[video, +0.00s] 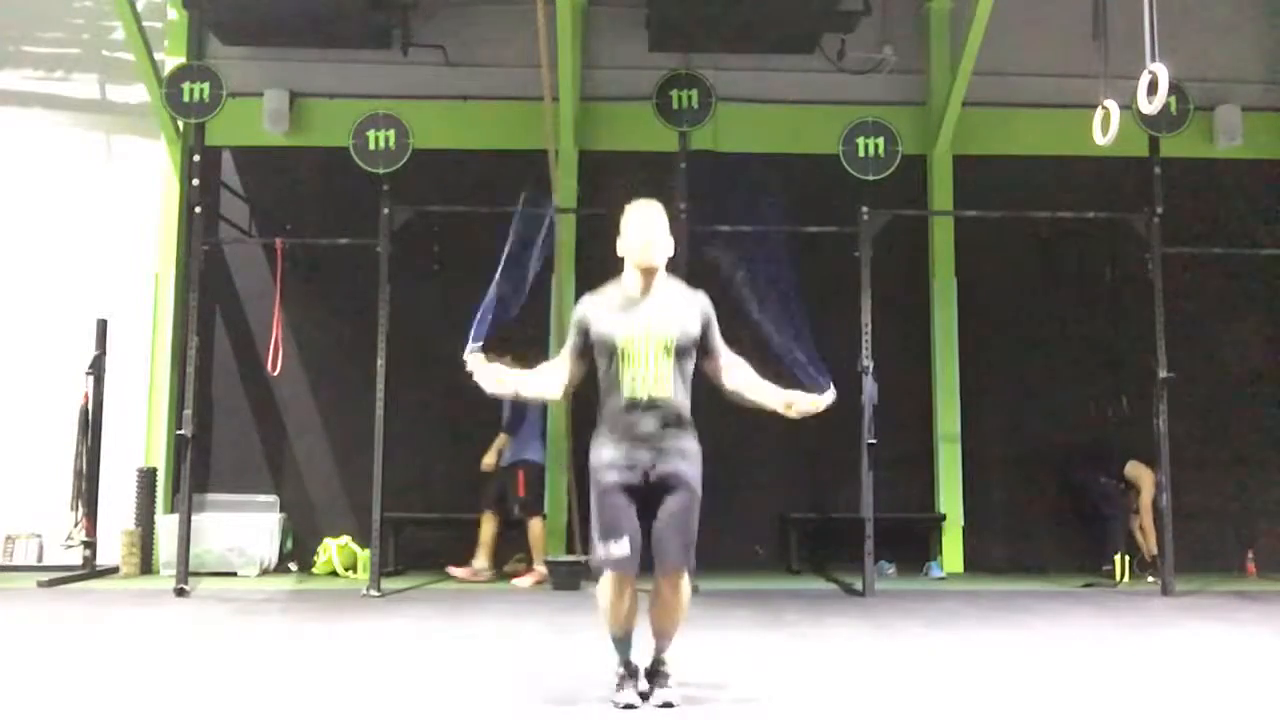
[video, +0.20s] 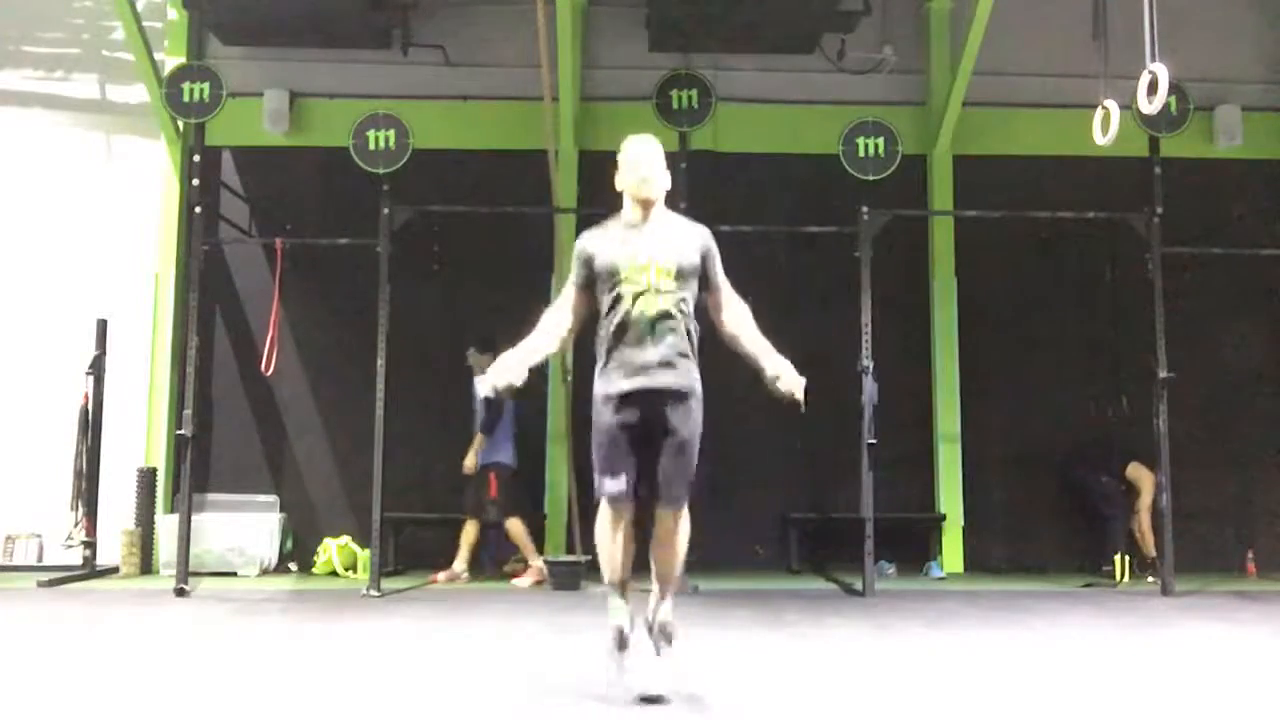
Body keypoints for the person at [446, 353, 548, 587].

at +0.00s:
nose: (493, 367)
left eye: (495, 361)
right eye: (491, 361)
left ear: (508, 359)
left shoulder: (518, 382)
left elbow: (514, 420)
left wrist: (494, 449)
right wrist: (504, 453)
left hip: (528, 454)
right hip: (511, 456)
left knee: (532, 513)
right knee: (490, 509)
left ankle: (539, 566)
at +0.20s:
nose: (468, 359)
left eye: (472, 355)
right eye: (469, 355)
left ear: (485, 356)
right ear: (485, 357)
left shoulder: (490, 381)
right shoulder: (486, 380)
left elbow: (492, 416)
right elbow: (489, 421)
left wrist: (474, 450)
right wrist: (477, 450)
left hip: (498, 456)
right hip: (485, 457)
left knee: (504, 512)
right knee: (473, 513)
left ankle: (536, 564)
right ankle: (459, 567)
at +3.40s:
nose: (320, 381)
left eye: (326, 376)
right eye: (316, 375)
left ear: (338, 374)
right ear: (311, 370)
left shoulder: (345, 395)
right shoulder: (298, 384)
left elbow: (340, 430)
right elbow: (281, 415)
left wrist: (320, 459)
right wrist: (273, 440)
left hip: (325, 456)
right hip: (293, 452)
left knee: (324, 515)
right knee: (262, 465)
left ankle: (316, 572)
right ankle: (269, 529)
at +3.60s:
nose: (327, 391)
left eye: (333, 388)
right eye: (325, 386)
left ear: (344, 384)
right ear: (320, 377)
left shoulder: (351, 404)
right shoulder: (304, 387)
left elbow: (346, 445)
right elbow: (289, 425)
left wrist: (325, 483)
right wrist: (285, 462)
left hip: (327, 454)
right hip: (300, 445)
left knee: (321, 514)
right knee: (255, 422)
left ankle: (316, 573)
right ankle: (291, 470)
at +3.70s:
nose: (328, 390)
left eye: (334, 387)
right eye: (325, 384)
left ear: (345, 383)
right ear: (321, 377)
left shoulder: (353, 403)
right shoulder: (307, 387)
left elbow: (347, 445)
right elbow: (289, 425)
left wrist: (324, 481)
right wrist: (284, 463)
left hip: (327, 455)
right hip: (300, 446)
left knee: (321, 513)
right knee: (256, 423)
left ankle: (316, 572)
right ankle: (291, 472)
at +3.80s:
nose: (330, 389)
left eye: (335, 385)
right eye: (327, 383)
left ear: (345, 382)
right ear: (322, 376)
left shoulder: (353, 398)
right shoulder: (307, 386)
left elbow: (345, 438)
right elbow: (289, 417)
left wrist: (317, 471)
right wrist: (278, 448)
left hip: (329, 454)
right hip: (300, 448)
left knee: (324, 515)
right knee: (263, 434)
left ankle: (316, 574)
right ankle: (292, 490)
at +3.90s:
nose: (329, 389)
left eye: (335, 385)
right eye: (326, 383)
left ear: (345, 382)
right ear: (322, 376)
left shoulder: (353, 400)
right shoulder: (308, 387)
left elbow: (339, 440)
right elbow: (285, 418)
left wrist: (312, 471)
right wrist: (271, 454)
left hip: (329, 454)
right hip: (301, 446)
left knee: (323, 514)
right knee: (270, 444)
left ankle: (316, 573)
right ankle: (292, 497)